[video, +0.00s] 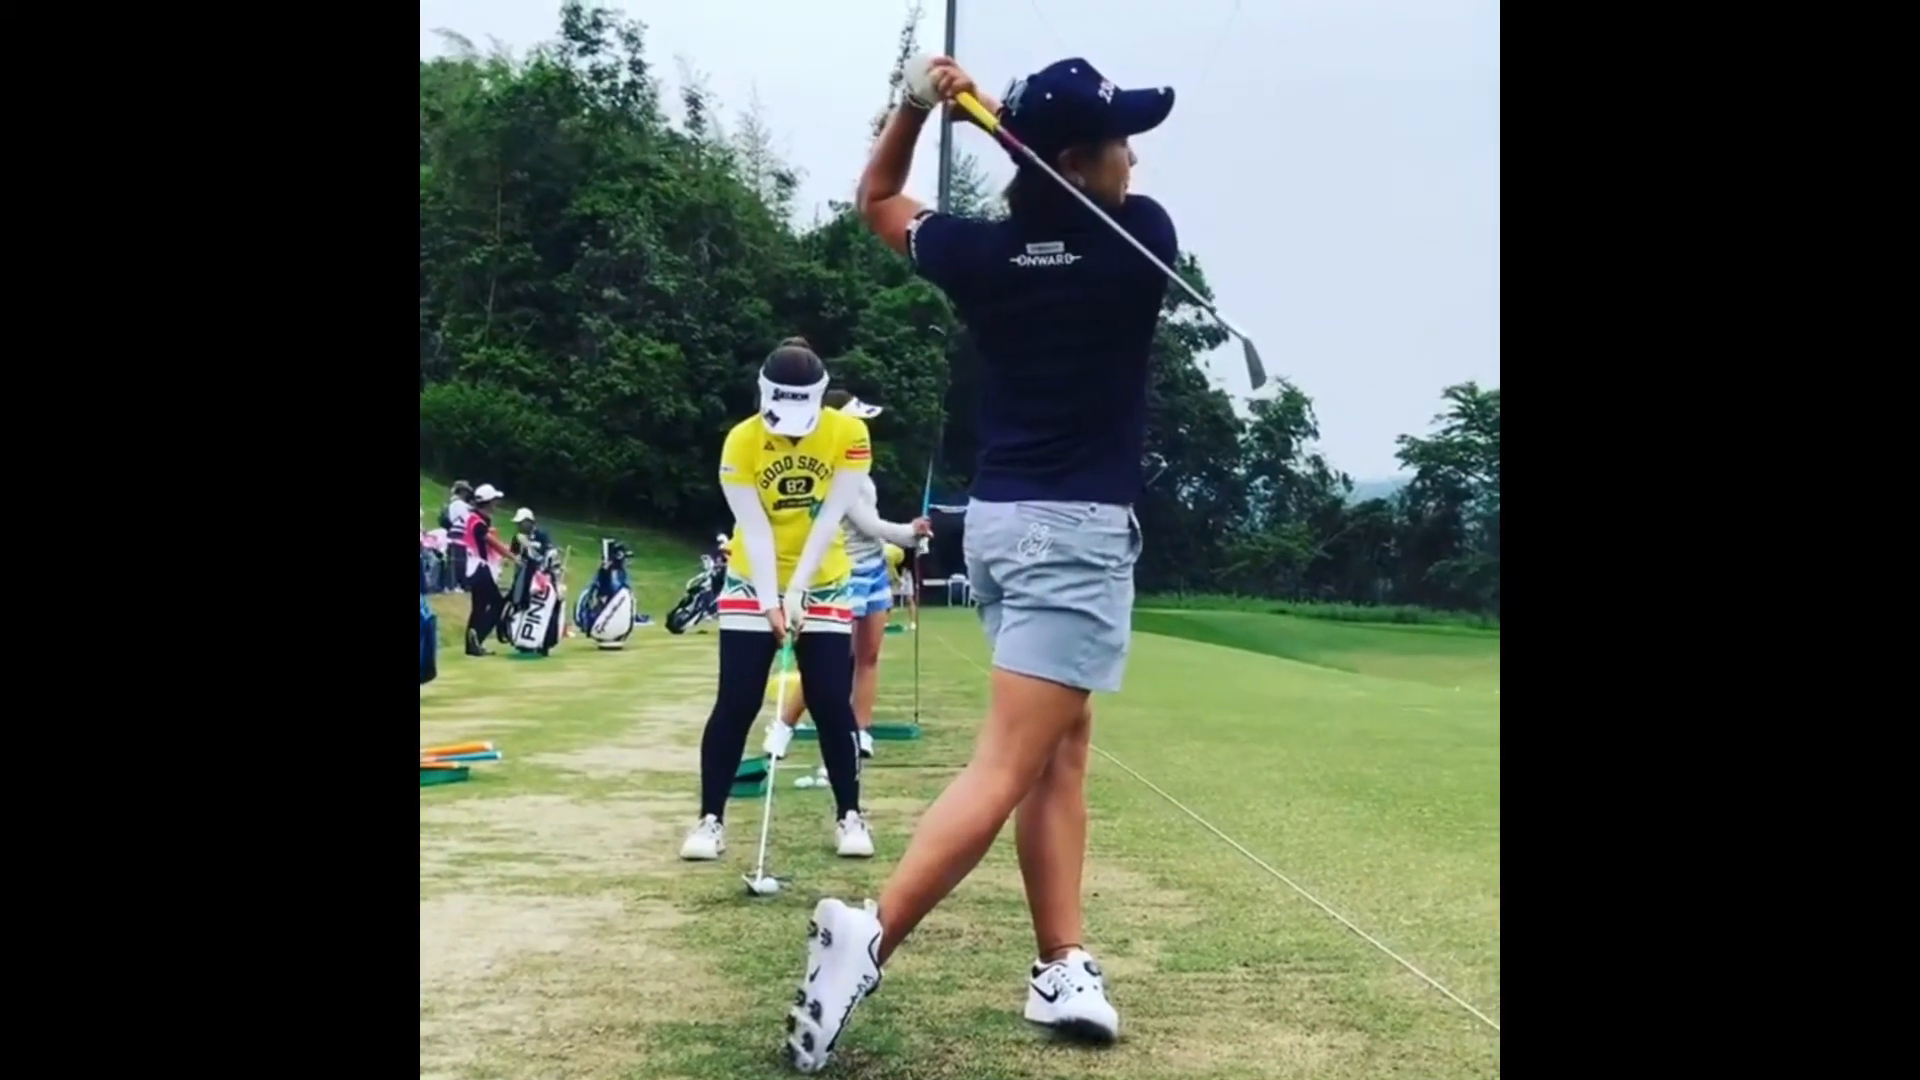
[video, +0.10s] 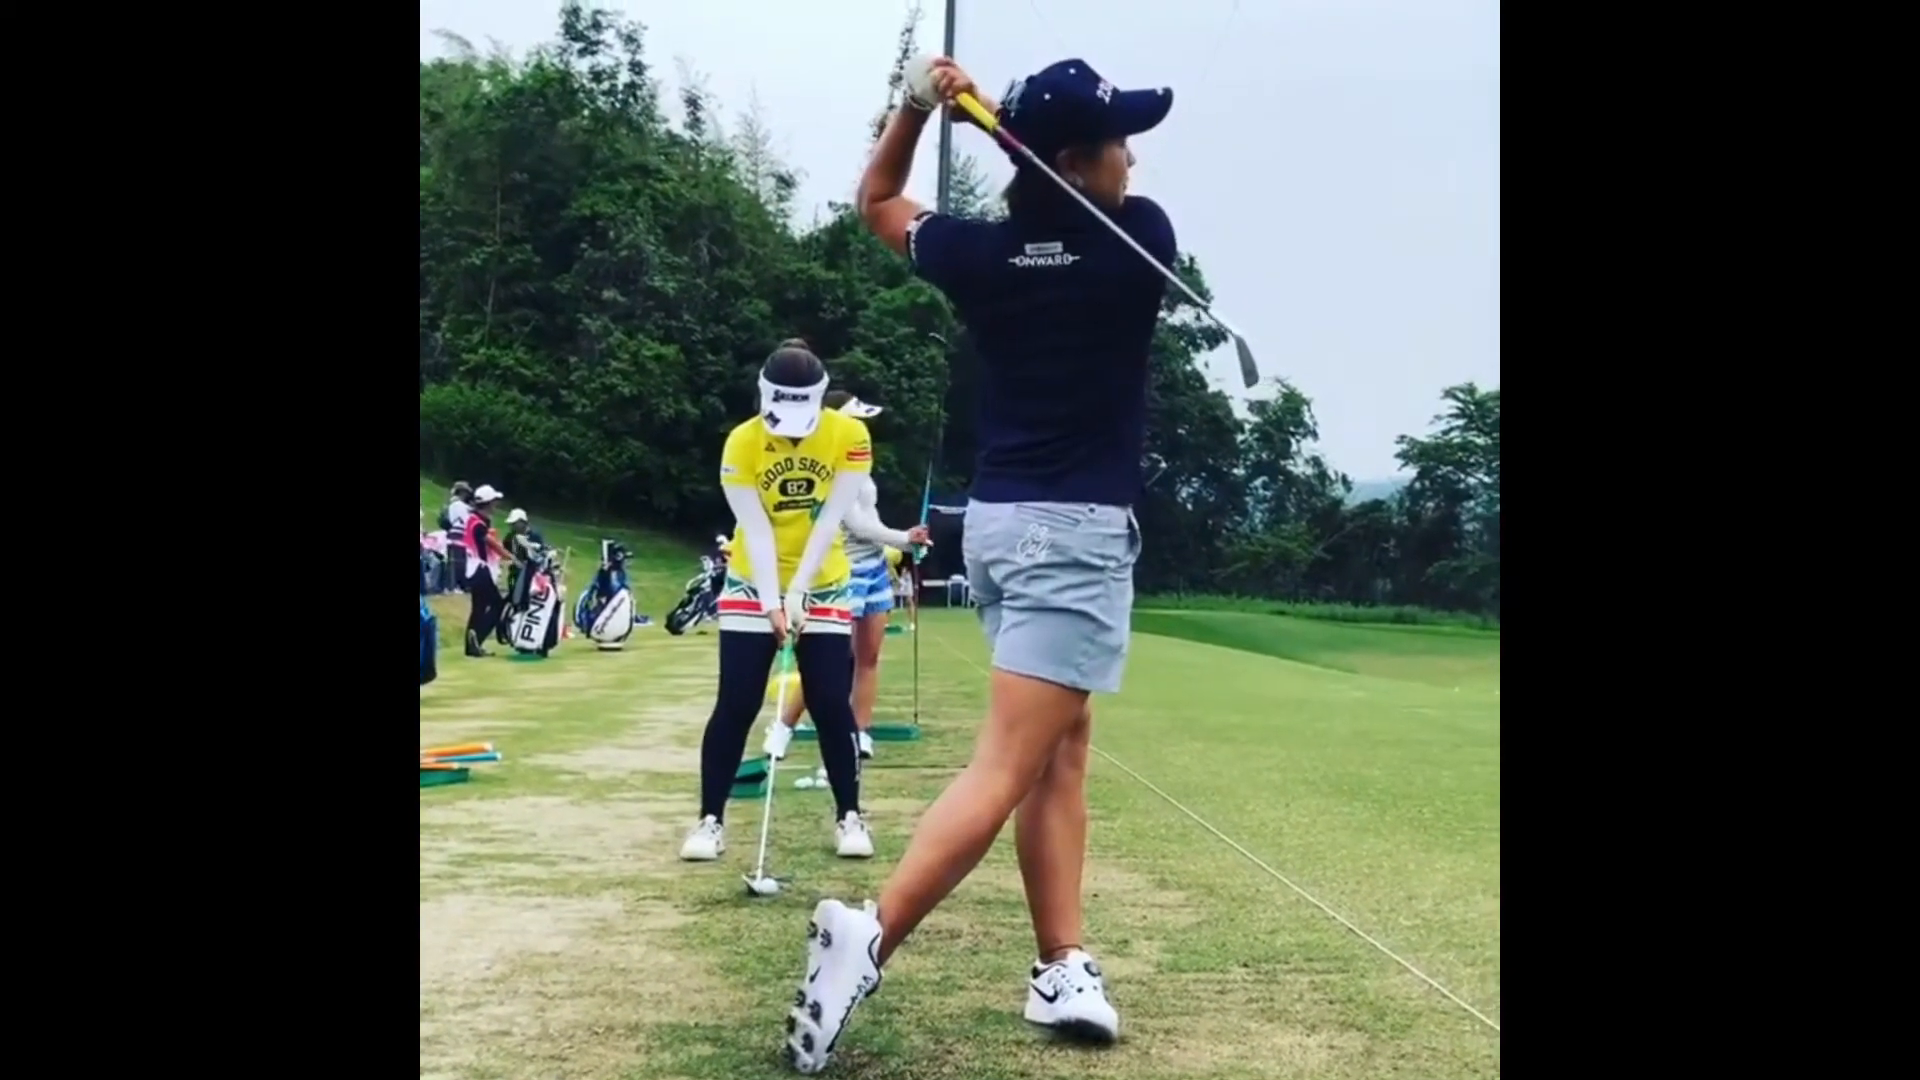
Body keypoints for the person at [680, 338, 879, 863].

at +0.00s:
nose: (789, 423)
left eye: (799, 413)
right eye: (780, 411)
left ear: (819, 396)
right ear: (764, 395)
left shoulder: (848, 433)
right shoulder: (741, 443)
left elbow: (833, 513)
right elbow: (754, 529)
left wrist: (797, 587)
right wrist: (768, 597)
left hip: (824, 585)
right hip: (751, 582)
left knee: (831, 701)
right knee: (736, 701)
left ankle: (850, 816)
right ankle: (710, 819)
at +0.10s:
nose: (789, 426)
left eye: (800, 415)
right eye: (780, 414)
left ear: (819, 398)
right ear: (764, 397)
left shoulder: (849, 435)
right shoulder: (741, 445)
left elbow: (833, 517)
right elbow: (755, 529)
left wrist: (797, 588)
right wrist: (770, 598)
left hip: (823, 587)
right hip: (750, 586)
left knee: (830, 702)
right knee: (736, 702)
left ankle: (849, 816)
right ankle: (710, 820)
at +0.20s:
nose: (848, 356)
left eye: (858, 347)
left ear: (880, 344)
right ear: (829, 346)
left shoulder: (895, 400)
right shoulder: (808, 402)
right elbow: (809, 492)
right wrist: (828, 555)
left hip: (874, 564)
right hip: (813, 564)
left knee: (874, 691)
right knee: (816, 681)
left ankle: (868, 785)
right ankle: (811, 788)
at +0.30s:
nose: (845, 362)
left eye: (855, 354)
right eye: (839, 352)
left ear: (877, 352)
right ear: (829, 352)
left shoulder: (890, 401)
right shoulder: (809, 405)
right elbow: (810, 493)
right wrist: (827, 560)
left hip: (872, 556)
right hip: (814, 555)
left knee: (867, 679)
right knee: (812, 672)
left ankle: (869, 784)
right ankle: (807, 778)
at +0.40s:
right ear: (837, 348)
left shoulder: (898, 409)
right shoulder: (806, 408)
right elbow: (809, 501)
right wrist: (819, 567)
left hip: (885, 546)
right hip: (825, 548)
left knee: (877, 680)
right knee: (806, 666)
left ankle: (872, 786)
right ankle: (788, 785)